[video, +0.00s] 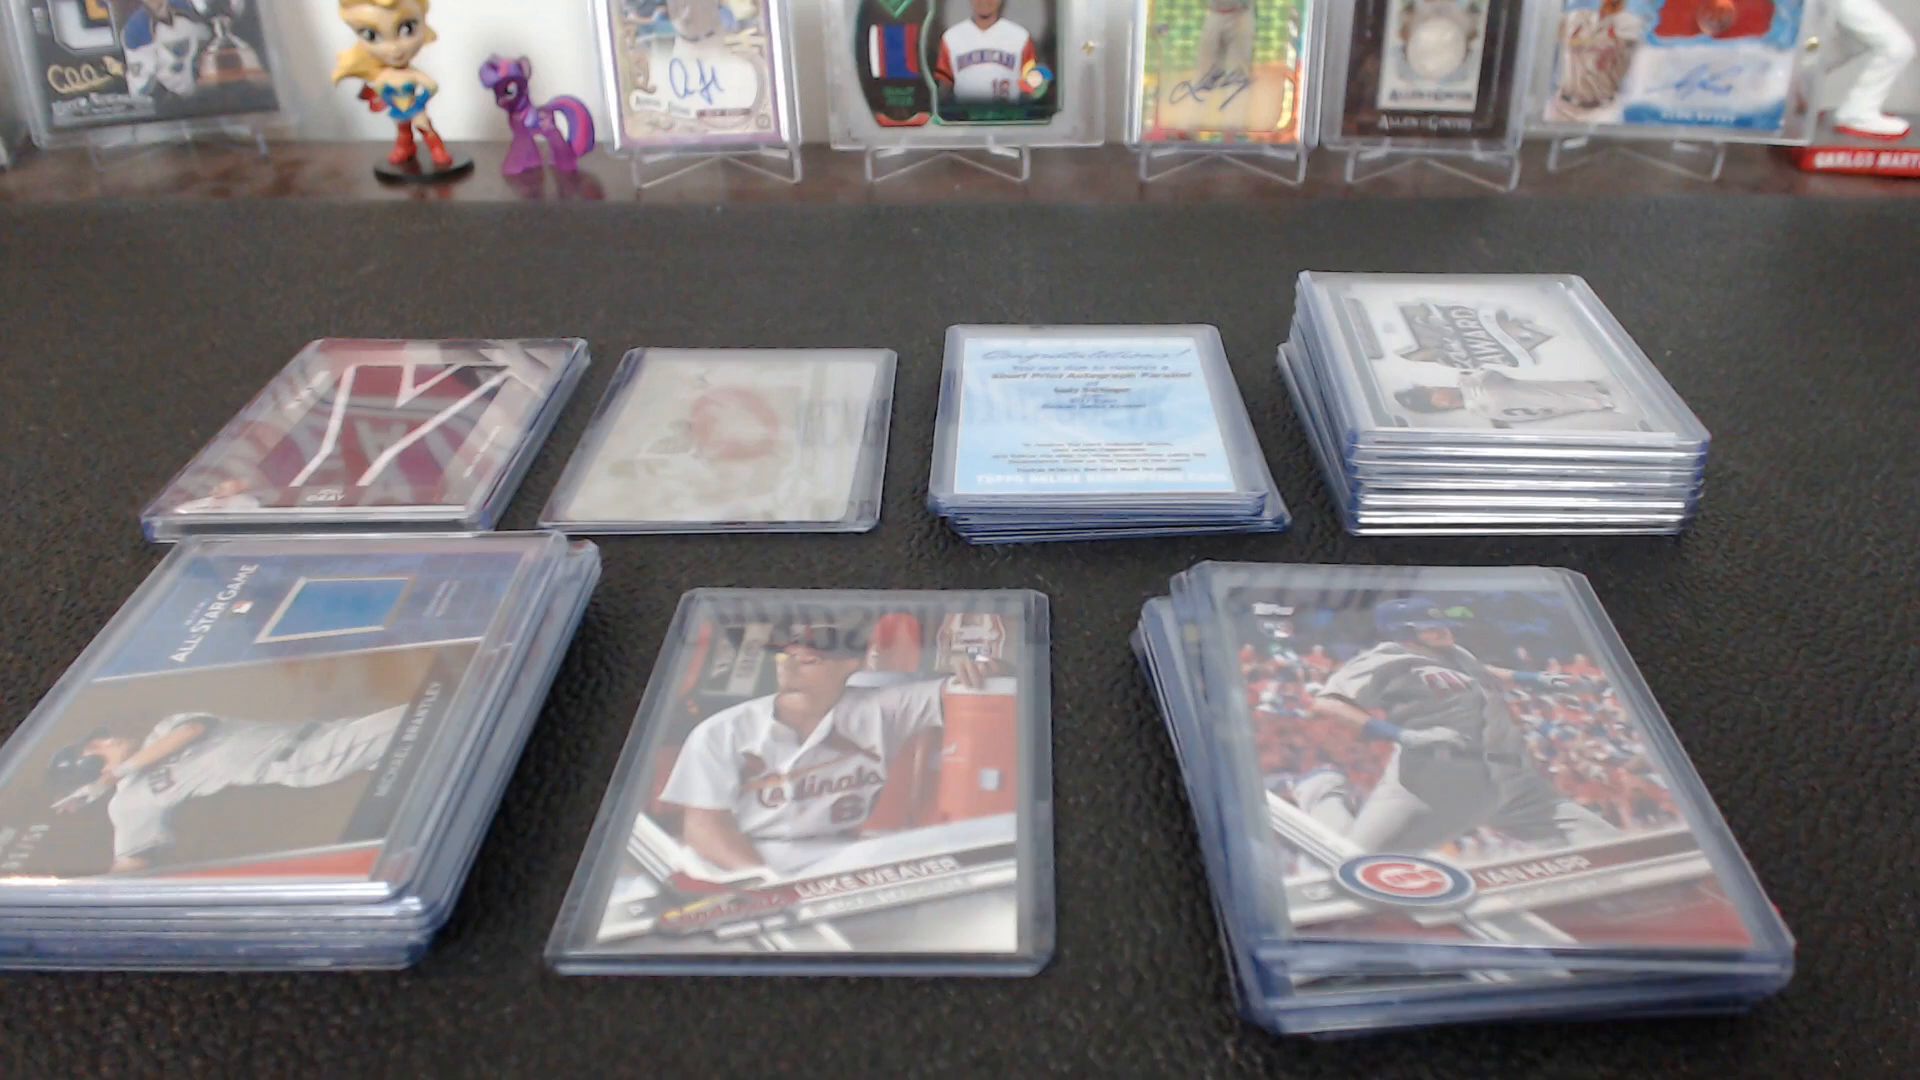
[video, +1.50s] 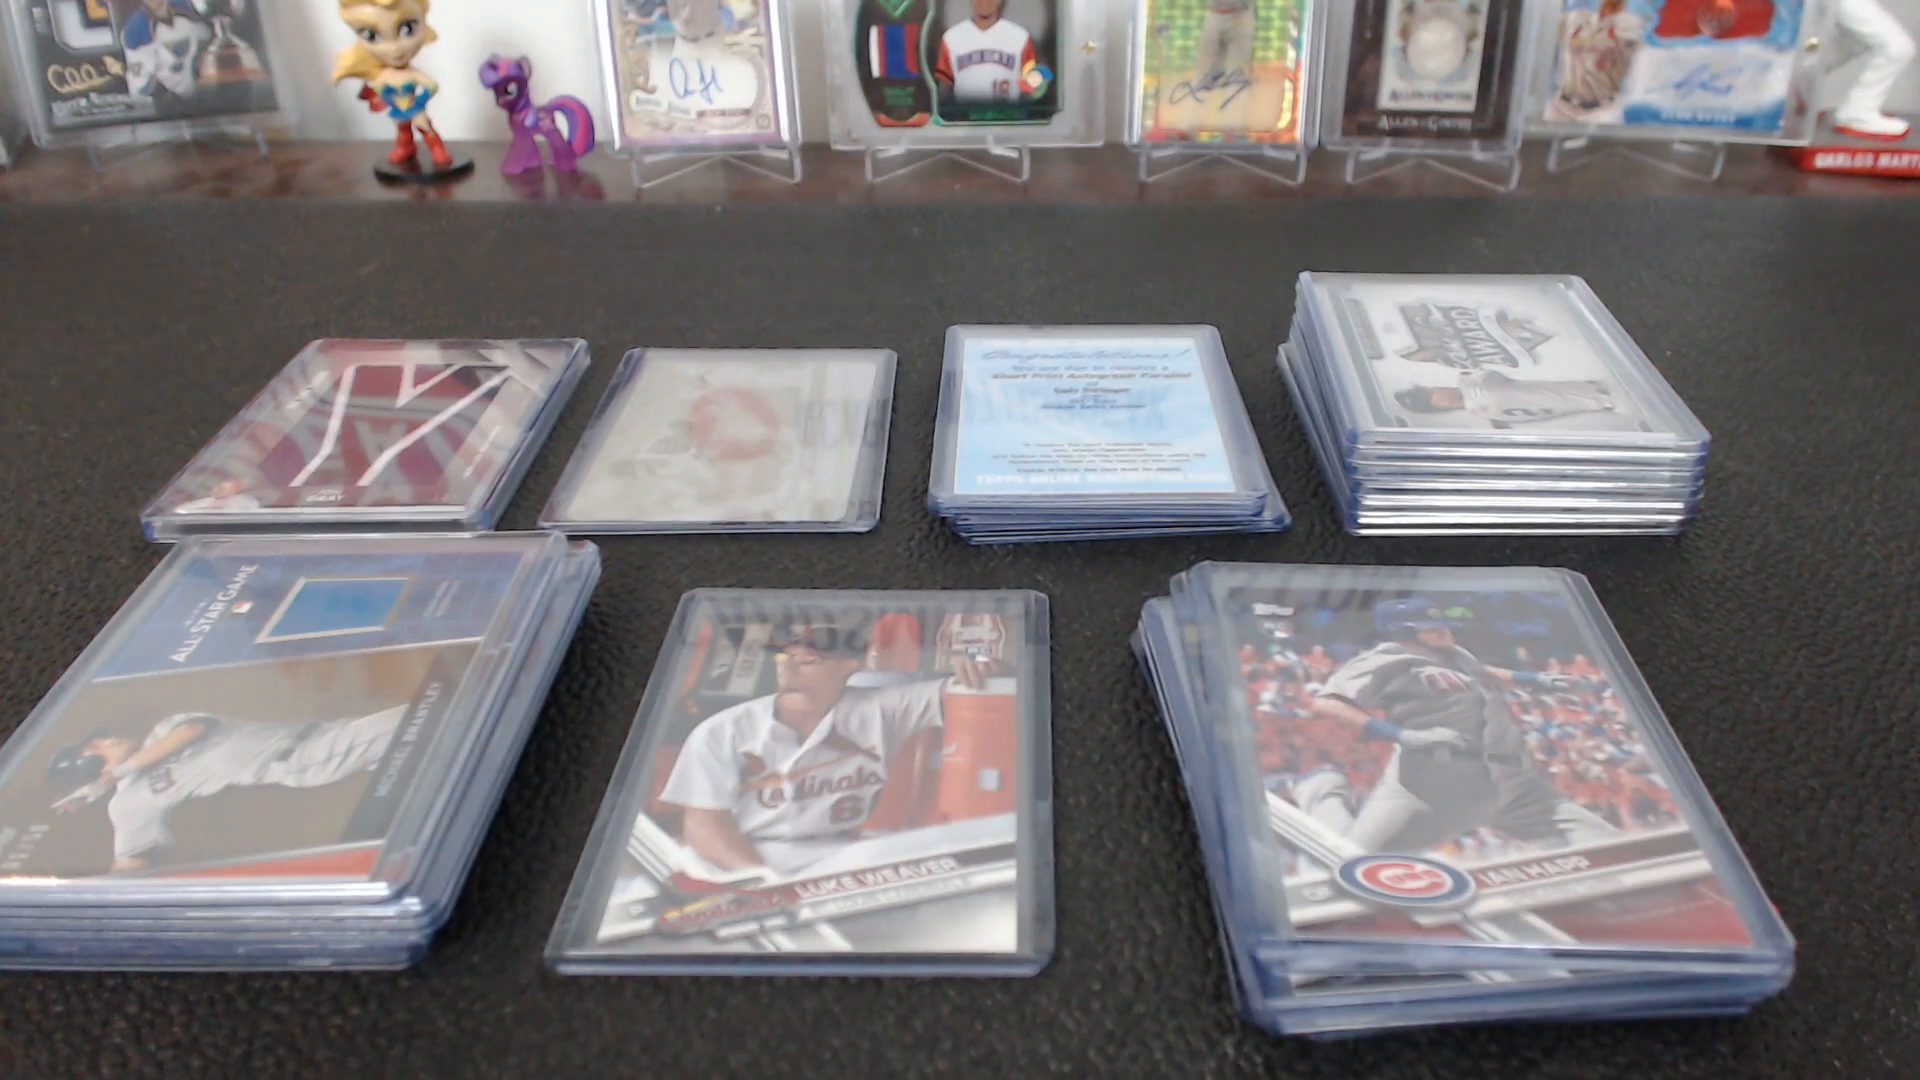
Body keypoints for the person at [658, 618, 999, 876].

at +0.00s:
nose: (799, 655)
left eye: (820, 645)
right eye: (790, 643)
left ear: (852, 662)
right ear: (776, 655)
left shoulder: (876, 714)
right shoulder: (720, 735)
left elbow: (962, 688)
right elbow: (702, 828)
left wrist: (977, 668)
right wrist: (767, 884)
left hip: (829, 871)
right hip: (732, 874)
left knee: (892, 852)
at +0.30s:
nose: (797, 656)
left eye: (818, 645)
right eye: (789, 643)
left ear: (852, 662)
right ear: (776, 655)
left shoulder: (876, 714)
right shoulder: (720, 735)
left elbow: (964, 687)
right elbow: (702, 829)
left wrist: (976, 668)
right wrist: (768, 885)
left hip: (831, 871)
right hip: (732, 874)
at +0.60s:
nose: (797, 657)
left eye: (818, 647)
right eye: (788, 644)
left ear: (852, 662)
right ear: (776, 655)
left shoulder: (876, 713)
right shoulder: (720, 735)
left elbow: (965, 687)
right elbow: (702, 829)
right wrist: (768, 885)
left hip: (829, 867)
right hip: (731, 870)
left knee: (892, 852)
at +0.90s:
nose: (798, 656)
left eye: (820, 645)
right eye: (789, 643)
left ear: (853, 662)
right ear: (775, 655)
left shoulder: (877, 713)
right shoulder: (720, 735)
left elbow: (961, 689)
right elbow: (702, 829)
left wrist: (975, 671)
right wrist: (768, 884)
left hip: (830, 867)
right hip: (732, 870)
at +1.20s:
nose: (797, 656)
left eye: (819, 647)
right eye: (789, 644)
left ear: (853, 663)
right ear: (776, 655)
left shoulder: (876, 714)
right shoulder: (720, 735)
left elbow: (962, 689)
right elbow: (702, 829)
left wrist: (976, 669)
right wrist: (769, 885)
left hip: (828, 868)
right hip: (730, 871)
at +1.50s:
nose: (799, 655)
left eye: (820, 645)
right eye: (789, 643)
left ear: (852, 663)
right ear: (775, 656)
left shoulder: (876, 714)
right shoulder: (720, 735)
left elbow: (959, 690)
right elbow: (702, 829)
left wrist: (973, 671)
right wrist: (767, 884)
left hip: (830, 869)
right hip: (732, 872)